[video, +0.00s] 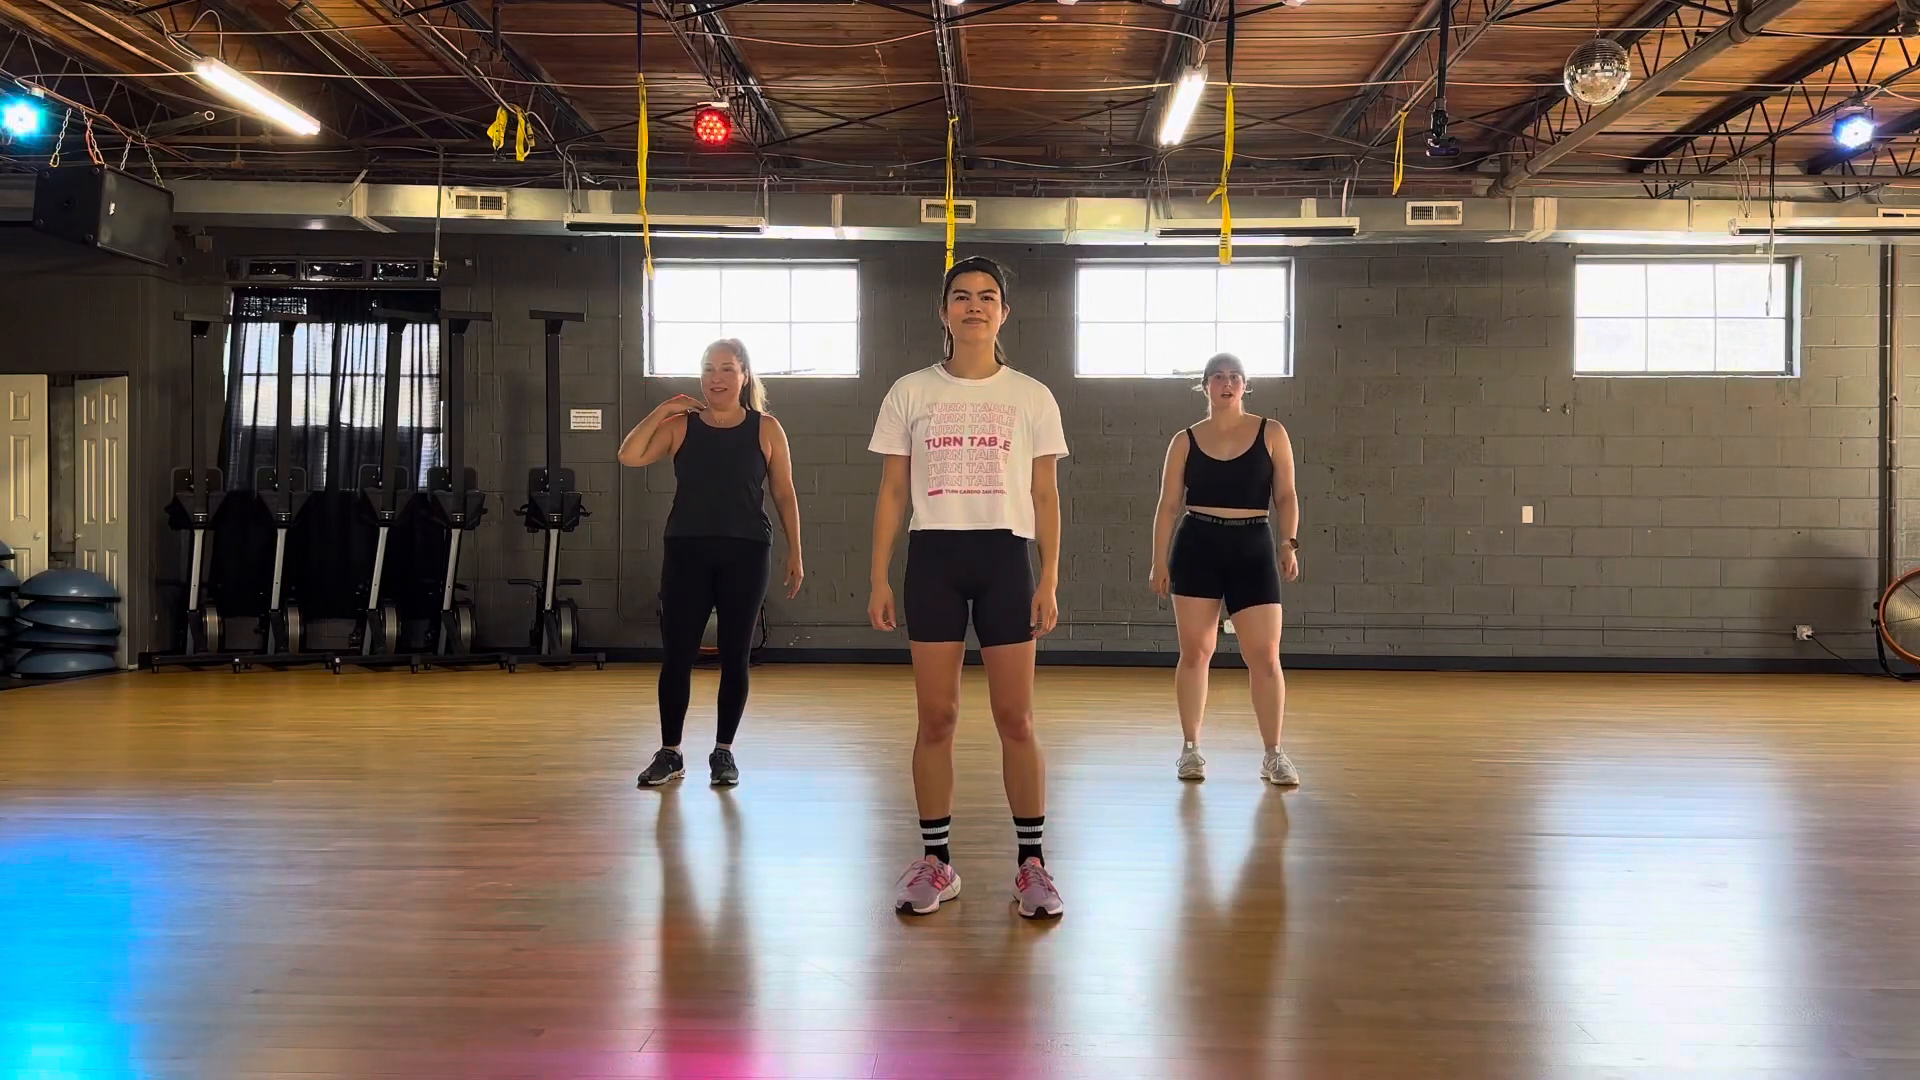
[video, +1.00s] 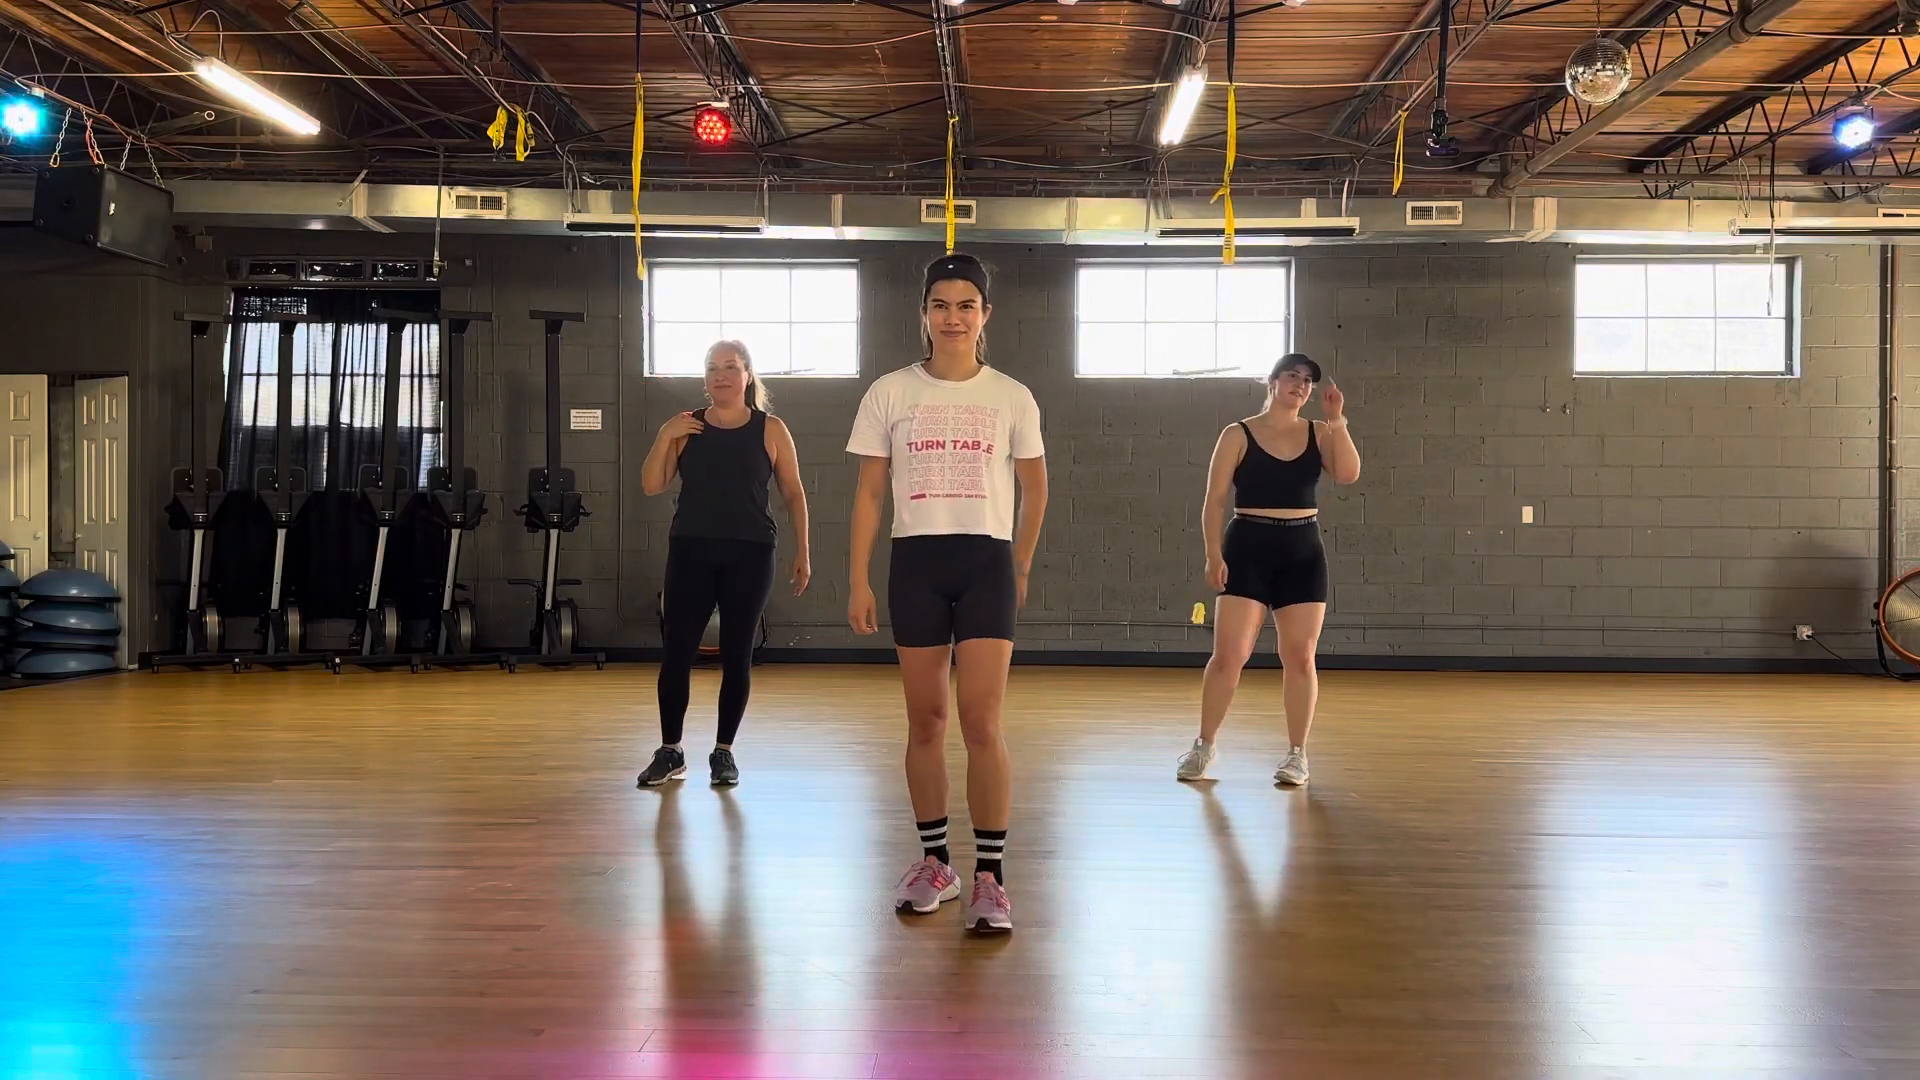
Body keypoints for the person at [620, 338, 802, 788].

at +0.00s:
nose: (718, 377)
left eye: (728, 369)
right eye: (711, 369)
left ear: (745, 377)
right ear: (701, 377)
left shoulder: (766, 428)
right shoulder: (681, 423)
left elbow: (784, 494)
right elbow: (630, 456)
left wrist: (795, 552)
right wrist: (659, 411)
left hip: (745, 553)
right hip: (687, 551)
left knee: (735, 655)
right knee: (678, 653)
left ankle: (722, 751)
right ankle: (669, 752)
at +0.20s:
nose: (716, 375)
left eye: (726, 368)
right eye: (709, 368)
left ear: (744, 375)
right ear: (701, 376)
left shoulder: (766, 428)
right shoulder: (681, 424)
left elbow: (786, 495)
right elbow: (632, 465)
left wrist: (792, 556)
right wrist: (658, 415)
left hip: (745, 553)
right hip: (687, 550)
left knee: (734, 654)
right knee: (671, 649)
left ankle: (723, 750)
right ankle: (666, 746)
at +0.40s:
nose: (718, 378)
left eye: (728, 370)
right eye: (710, 370)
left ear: (745, 376)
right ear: (702, 378)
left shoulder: (767, 430)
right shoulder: (683, 427)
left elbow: (785, 497)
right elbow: (643, 481)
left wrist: (794, 557)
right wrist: (663, 430)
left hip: (745, 554)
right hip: (687, 553)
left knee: (734, 656)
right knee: (676, 654)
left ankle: (723, 750)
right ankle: (670, 751)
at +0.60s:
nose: (717, 376)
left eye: (727, 369)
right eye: (710, 369)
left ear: (745, 377)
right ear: (701, 377)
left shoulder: (768, 429)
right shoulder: (683, 427)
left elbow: (786, 496)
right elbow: (650, 485)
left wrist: (793, 556)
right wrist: (662, 434)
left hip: (747, 554)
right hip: (688, 552)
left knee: (735, 655)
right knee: (670, 649)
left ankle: (723, 750)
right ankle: (667, 745)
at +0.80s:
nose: (719, 377)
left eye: (729, 369)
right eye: (712, 370)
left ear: (747, 376)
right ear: (703, 378)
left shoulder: (771, 429)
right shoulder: (685, 427)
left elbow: (790, 496)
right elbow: (655, 488)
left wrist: (798, 554)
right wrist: (666, 438)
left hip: (748, 554)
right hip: (690, 551)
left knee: (736, 655)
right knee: (672, 649)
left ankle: (723, 749)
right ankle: (667, 743)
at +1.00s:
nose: (721, 375)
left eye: (731, 368)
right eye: (714, 368)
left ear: (748, 376)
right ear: (705, 377)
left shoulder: (770, 429)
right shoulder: (686, 426)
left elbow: (794, 493)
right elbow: (651, 484)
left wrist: (802, 553)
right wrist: (665, 435)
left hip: (748, 554)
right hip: (690, 552)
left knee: (737, 655)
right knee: (677, 651)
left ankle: (723, 750)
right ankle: (670, 749)